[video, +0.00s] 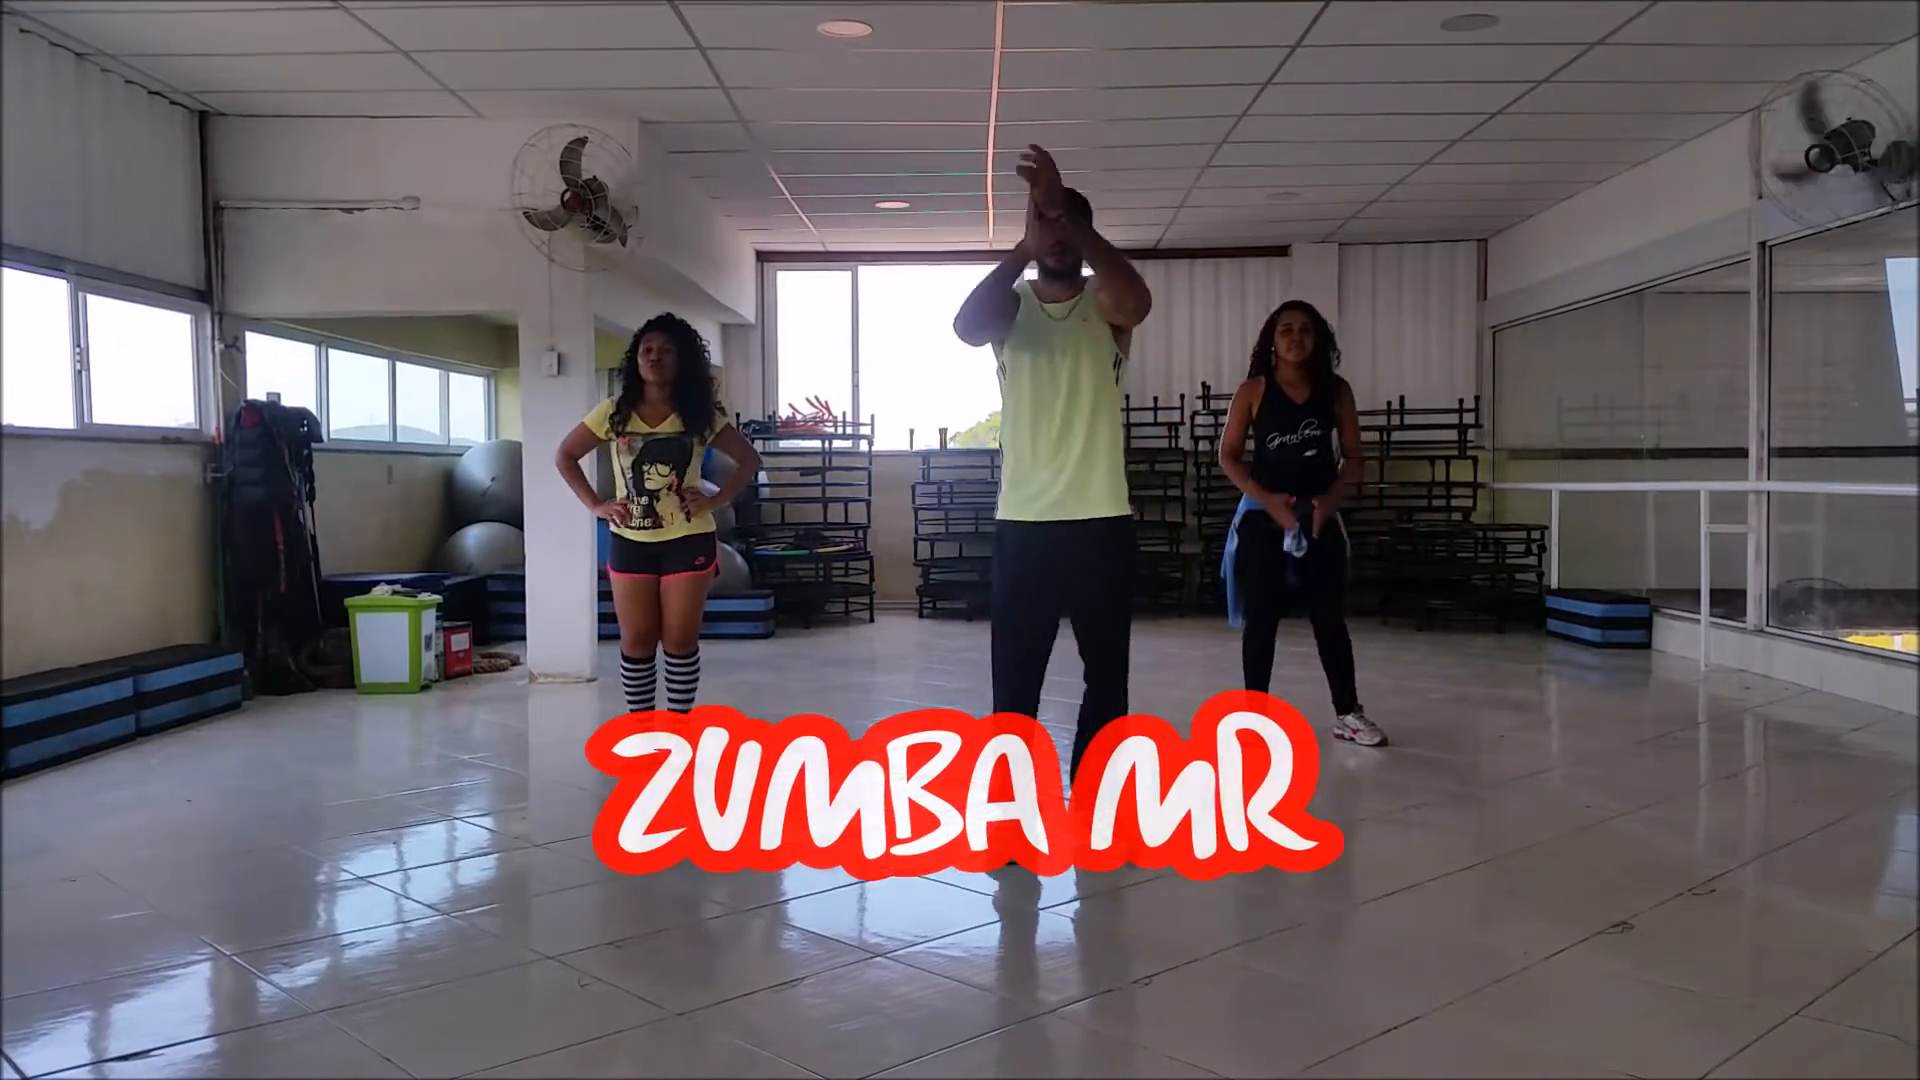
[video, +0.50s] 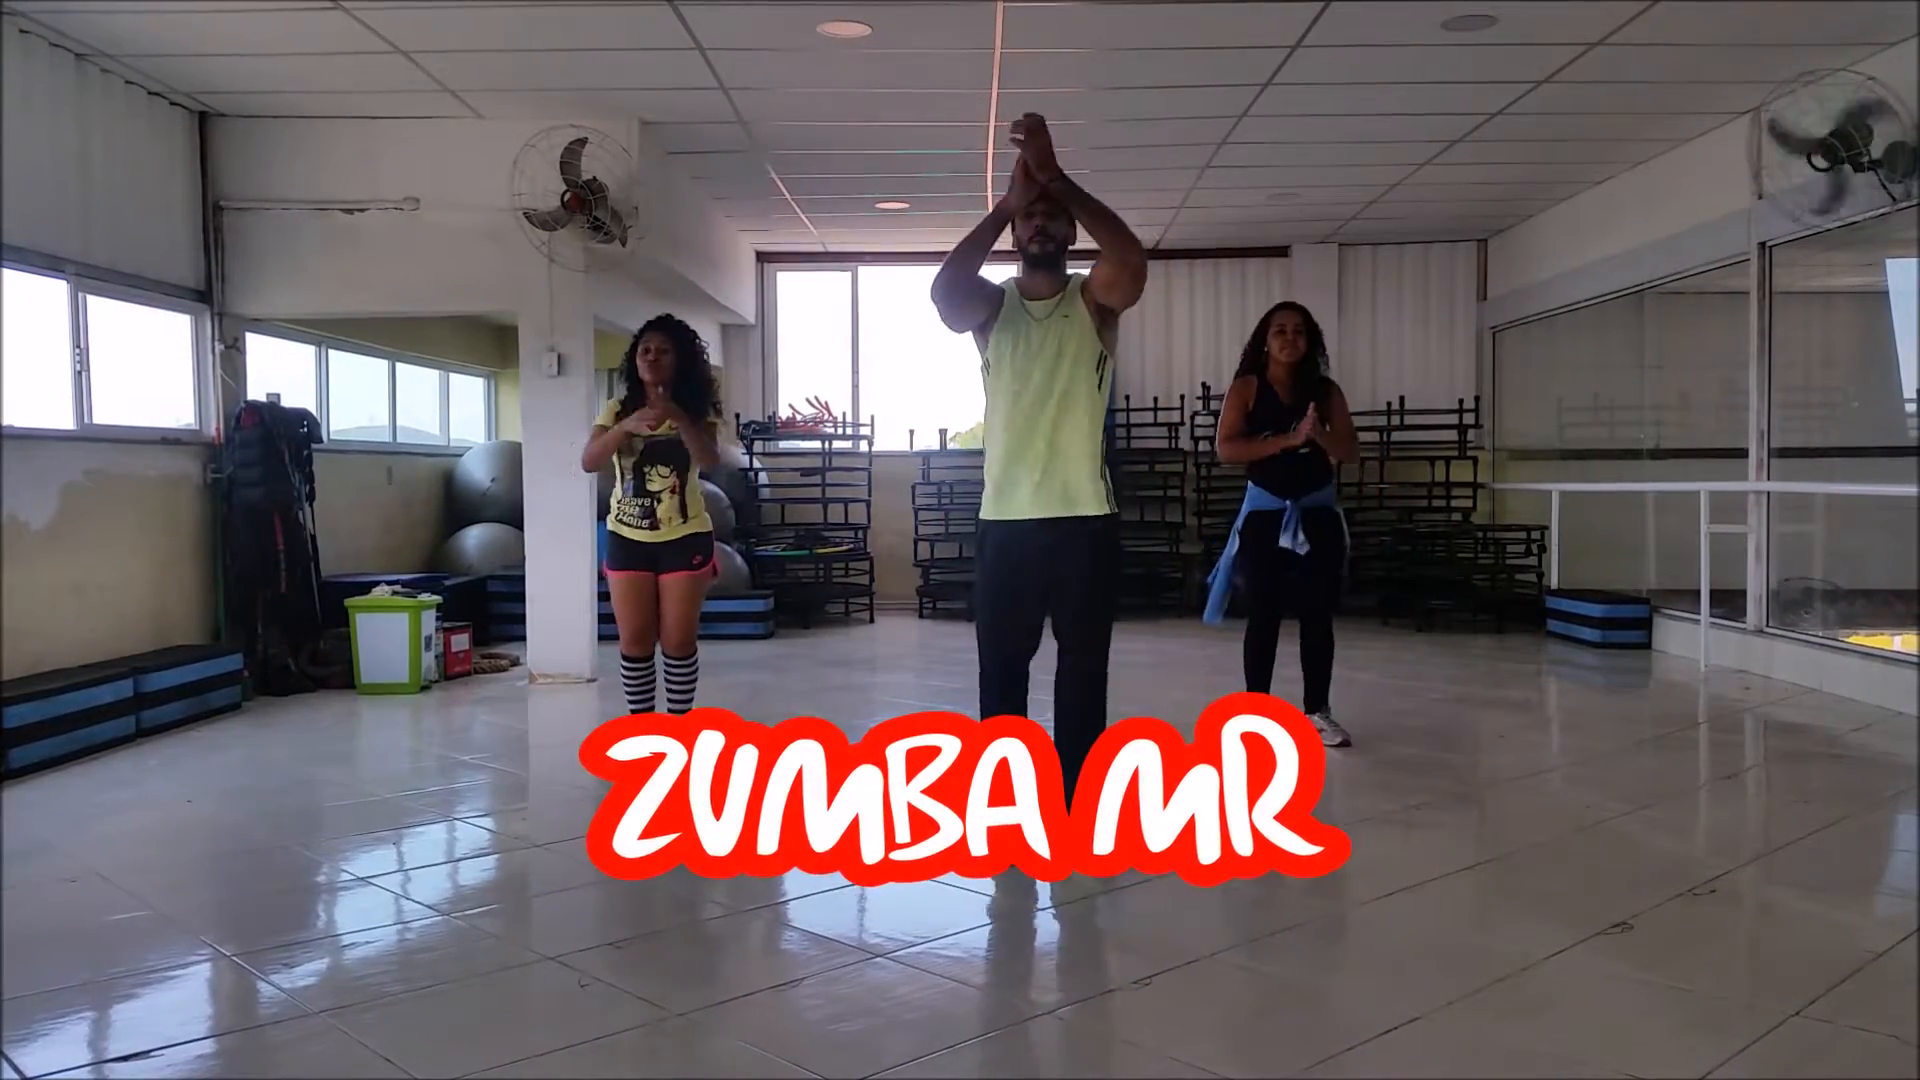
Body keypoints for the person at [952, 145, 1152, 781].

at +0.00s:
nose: (1059, 233)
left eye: (1069, 222)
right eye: (1047, 221)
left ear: (1086, 238)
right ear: (1030, 237)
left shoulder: (1105, 305)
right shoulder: (1011, 305)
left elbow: (1135, 301)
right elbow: (967, 327)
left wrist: (1077, 222)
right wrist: (1022, 248)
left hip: (1103, 523)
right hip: (1026, 524)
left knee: (1107, 685)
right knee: (1015, 688)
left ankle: (1093, 811)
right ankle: (1009, 814)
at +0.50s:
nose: (1041, 224)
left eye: (1053, 214)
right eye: (1030, 215)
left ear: (1073, 230)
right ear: (1013, 233)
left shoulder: (1095, 301)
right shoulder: (993, 306)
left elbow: (1129, 258)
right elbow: (947, 290)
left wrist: (1058, 180)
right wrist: (1002, 212)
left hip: (1085, 522)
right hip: (1007, 523)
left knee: (1083, 686)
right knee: (1001, 684)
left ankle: (1079, 818)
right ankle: (999, 816)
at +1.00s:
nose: (1035, 221)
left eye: (1047, 211)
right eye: (1023, 213)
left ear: (1064, 226)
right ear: (1002, 229)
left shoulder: (1089, 296)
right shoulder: (981, 305)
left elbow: (1137, 250)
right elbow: (934, 283)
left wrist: (1063, 172)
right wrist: (996, 208)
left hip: (1084, 524)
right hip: (1002, 526)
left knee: (1099, 683)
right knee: (997, 690)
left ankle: (1082, 820)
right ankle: (988, 828)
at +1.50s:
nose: (1065, 231)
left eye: (1071, 220)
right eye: (1050, 220)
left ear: (1081, 230)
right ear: (1017, 232)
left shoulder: (1097, 297)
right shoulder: (991, 302)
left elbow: (1142, 263)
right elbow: (936, 290)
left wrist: (1076, 180)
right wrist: (998, 208)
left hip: (1086, 518)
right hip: (1006, 517)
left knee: (1084, 684)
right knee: (981, 672)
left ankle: (1080, 822)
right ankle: (981, 810)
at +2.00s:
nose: (1067, 253)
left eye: (1068, 244)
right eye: (1056, 239)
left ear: (1062, 246)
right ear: (1016, 239)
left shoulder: (1075, 299)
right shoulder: (971, 304)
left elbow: (1143, 284)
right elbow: (920, 310)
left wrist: (1088, 202)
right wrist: (988, 229)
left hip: (1079, 526)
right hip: (994, 529)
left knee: (1104, 693)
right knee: (983, 701)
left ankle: (1093, 812)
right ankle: (981, 828)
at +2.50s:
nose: (1093, 243)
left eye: (1093, 233)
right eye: (1083, 232)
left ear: (1071, 243)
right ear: (1042, 239)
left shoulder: (1100, 300)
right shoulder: (990, 305)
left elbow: (1160, 300)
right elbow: (923, 311)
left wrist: (1109, 217)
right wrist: (982, 225)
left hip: (1088, 523)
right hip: (1005, 522)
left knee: (1095, 684)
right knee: (975, 666)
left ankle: (1082, 819)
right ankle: (969, 798)